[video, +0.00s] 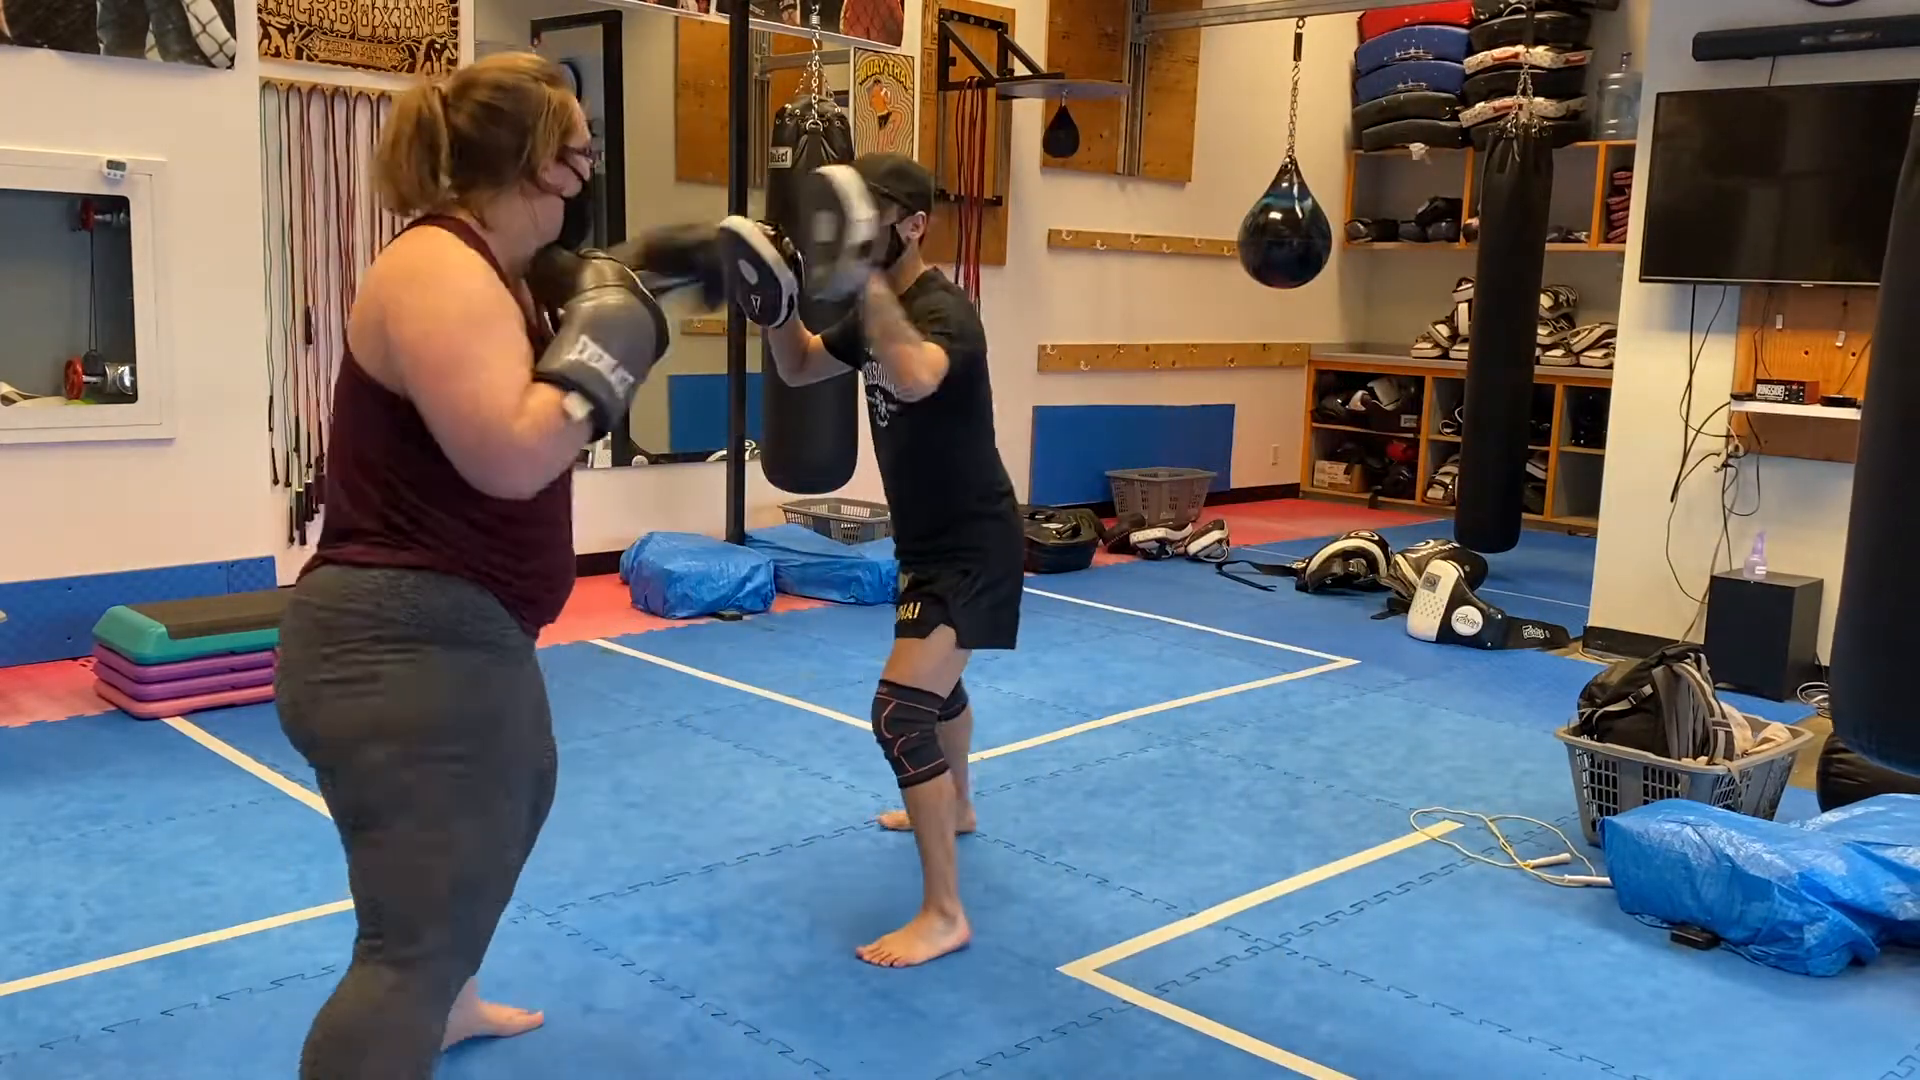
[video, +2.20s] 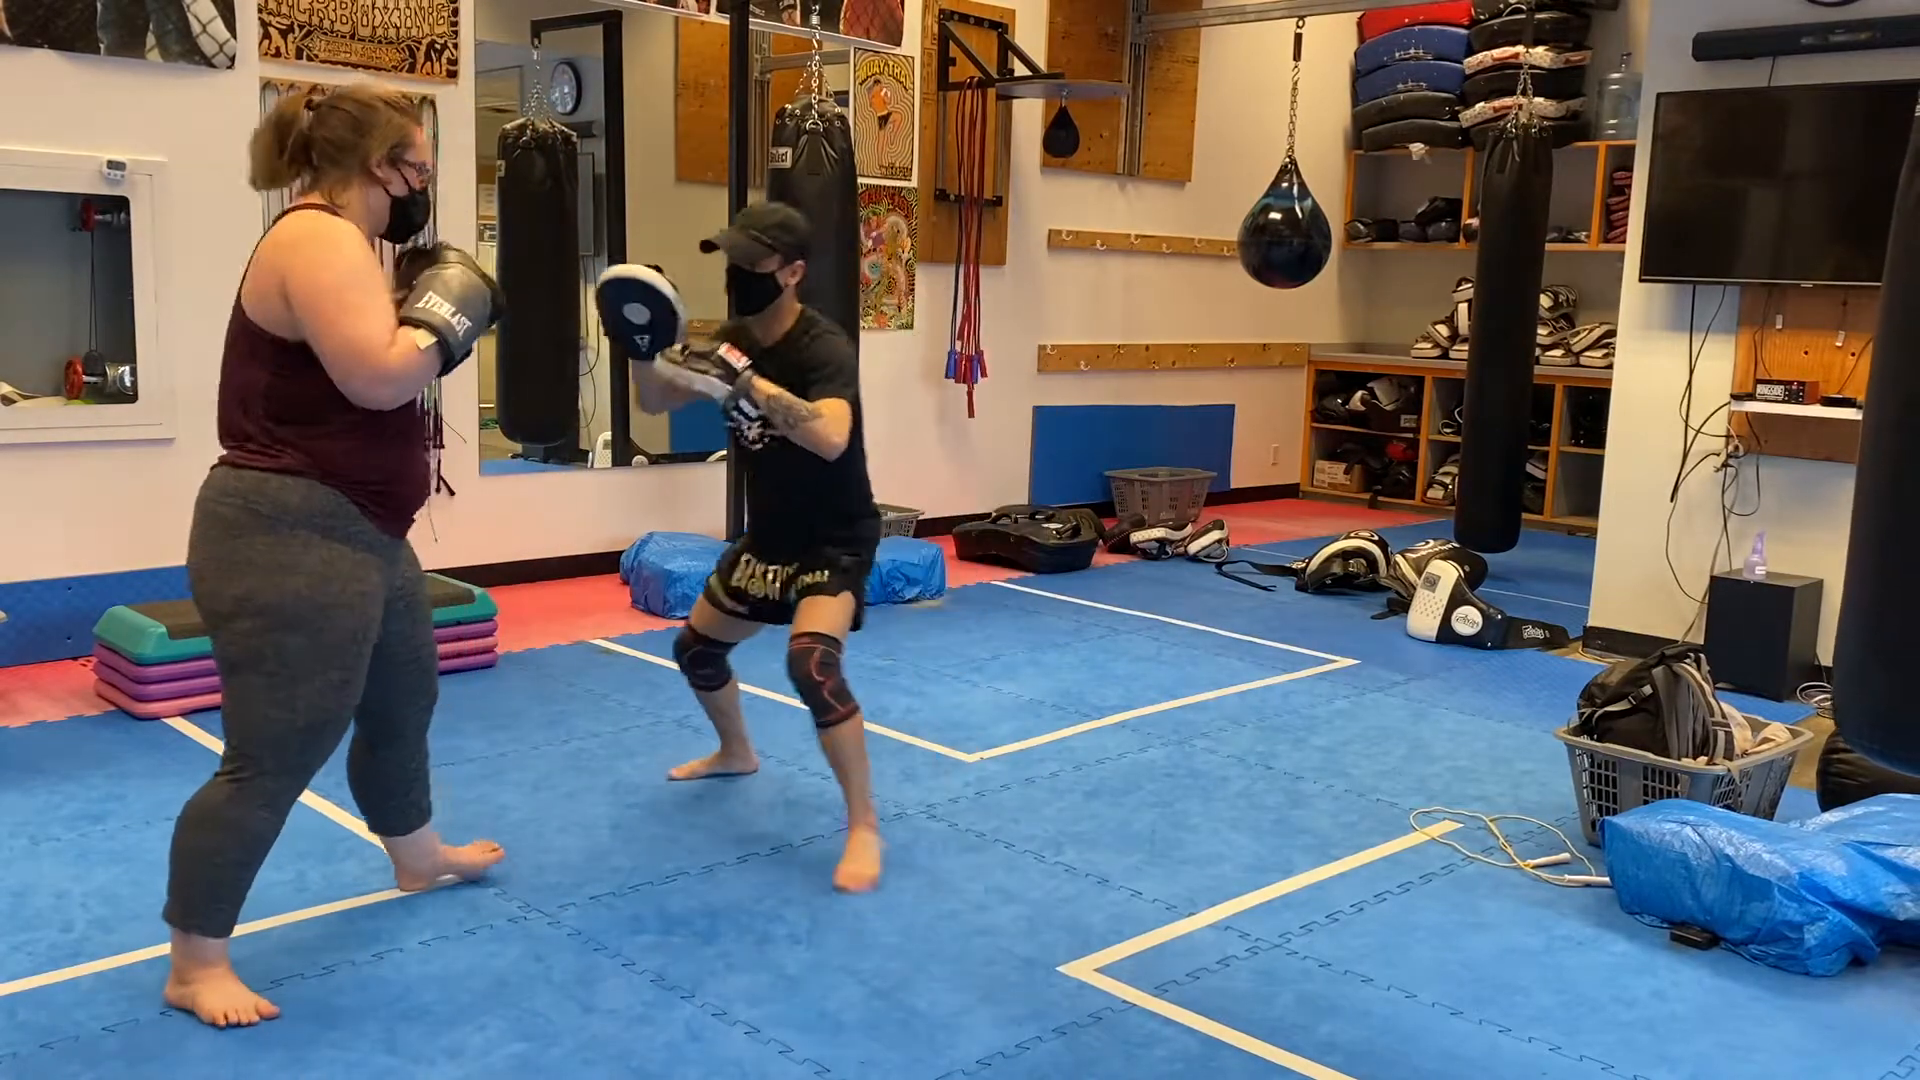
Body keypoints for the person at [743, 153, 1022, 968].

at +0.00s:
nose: (858, 241)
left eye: (869, 227)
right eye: (854, 229)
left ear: (910, 225)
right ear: (883, 231)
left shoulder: (945, 308)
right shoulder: (873, 303)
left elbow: (916, 377)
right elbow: (801, 366)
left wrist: (866, 282)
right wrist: (772, 301)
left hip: (971, 538)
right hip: (927, 534)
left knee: (904, 711)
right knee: (936, 680)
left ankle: (945, 913)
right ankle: (954, 804)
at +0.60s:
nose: (890, 251)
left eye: (907, 239)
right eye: (889, 238)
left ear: (959, 243)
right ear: (890, 238)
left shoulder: (1001, 324)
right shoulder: (896, 318)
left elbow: (1002, 423)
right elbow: (811, 390)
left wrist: (921, 352)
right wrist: (809, 305)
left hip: (1014, 544)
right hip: (952, 542)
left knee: (949, 703)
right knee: (961, 692)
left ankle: (964, 899)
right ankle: (1027, 805)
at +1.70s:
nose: (822, 271)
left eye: (835, 259)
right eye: (823, 258)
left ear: (882, 263)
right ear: (869, 264)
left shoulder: (948, 347)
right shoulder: (846, 348)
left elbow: (957, 460)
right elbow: (785, 442)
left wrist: (865, 399)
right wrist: (744, 374)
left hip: (986, 543)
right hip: (924, 543)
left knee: (922, 705)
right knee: (905, 690)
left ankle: (964, 901)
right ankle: (1009, 782)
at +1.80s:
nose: (812, 293)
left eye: (826, 282)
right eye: (812, 281)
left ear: (873, 285)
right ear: (855, 286)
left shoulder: (935, 365)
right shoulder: (837, 361)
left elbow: (939, 478)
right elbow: (780, 459)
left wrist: (848, 412)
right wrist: (738, 407)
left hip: (963, 562)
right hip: (902, 558)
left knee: (894, 725)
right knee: (845, 694)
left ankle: (963, 903)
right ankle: (963, 769)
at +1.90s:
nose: (794, 292)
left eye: (808, 281)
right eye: (795, 280)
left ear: (858, 284)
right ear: (837, 285)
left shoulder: (914, 367)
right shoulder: (817, 357)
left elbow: (903, 475)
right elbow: (756, 449)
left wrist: (821, 404)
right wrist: (721, 390)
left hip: (935, 566)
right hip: (873, 560)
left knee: (877, 728)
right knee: (798, 672)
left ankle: (962, 900)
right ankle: (879, 770)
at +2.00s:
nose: (775, 270)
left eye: (790, 257)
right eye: (776, 256)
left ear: (842, 262)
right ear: (821, 263)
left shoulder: (884, 349)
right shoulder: (792, 338)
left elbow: (871, 449)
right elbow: (729, 421)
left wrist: (799, 386)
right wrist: (713, 363)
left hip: (896, 548)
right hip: (834, 542)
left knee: (878, 713)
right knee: (766, 647)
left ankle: (958, 893)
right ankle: (780, 751)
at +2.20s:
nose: (734, 278)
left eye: (747, 267)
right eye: (732, 265)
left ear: (791, 270)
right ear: (746, 269)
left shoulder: (826, 348)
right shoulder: (729, 340)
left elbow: (830, 438)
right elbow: (655, 399)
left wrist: (755, 385)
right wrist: (637, 343)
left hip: (834, 535)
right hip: (765, 534)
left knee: (813, 661)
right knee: (697, 652)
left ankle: (862, 825)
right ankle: (737, 751)